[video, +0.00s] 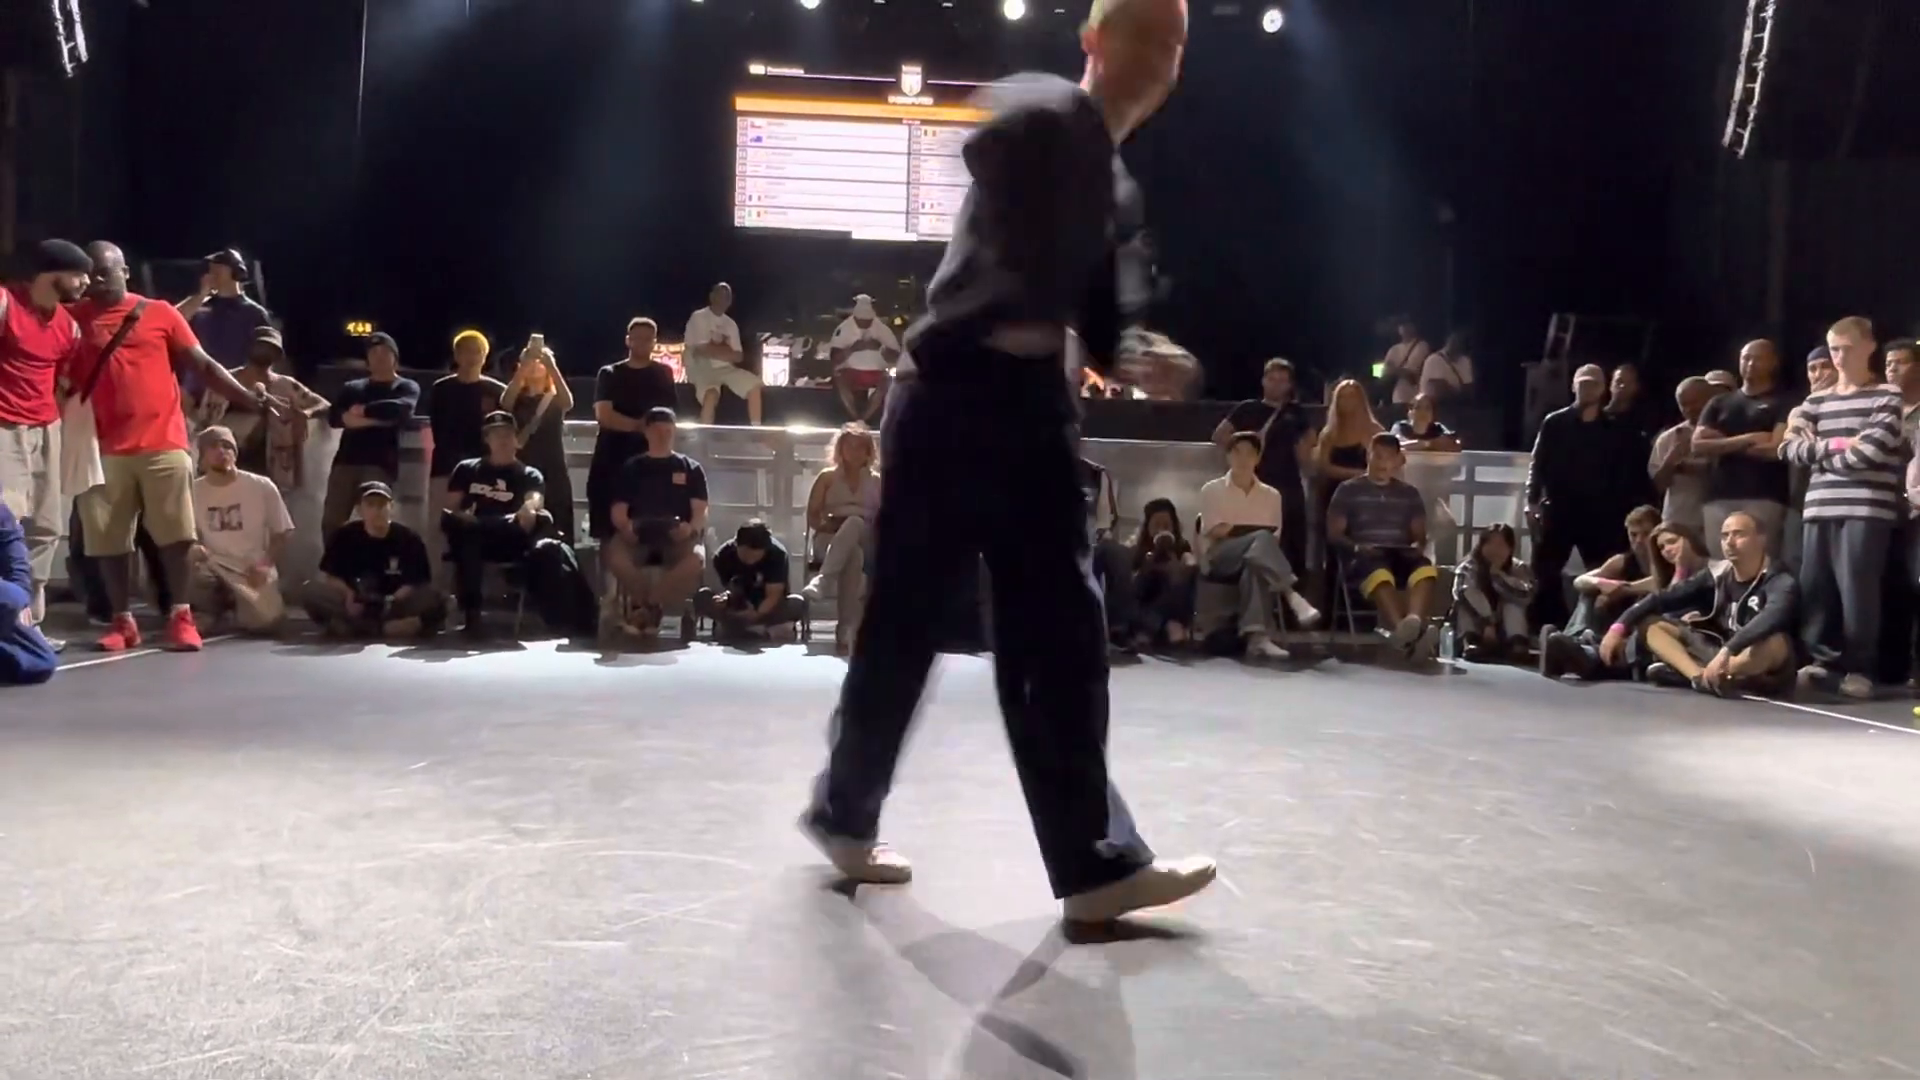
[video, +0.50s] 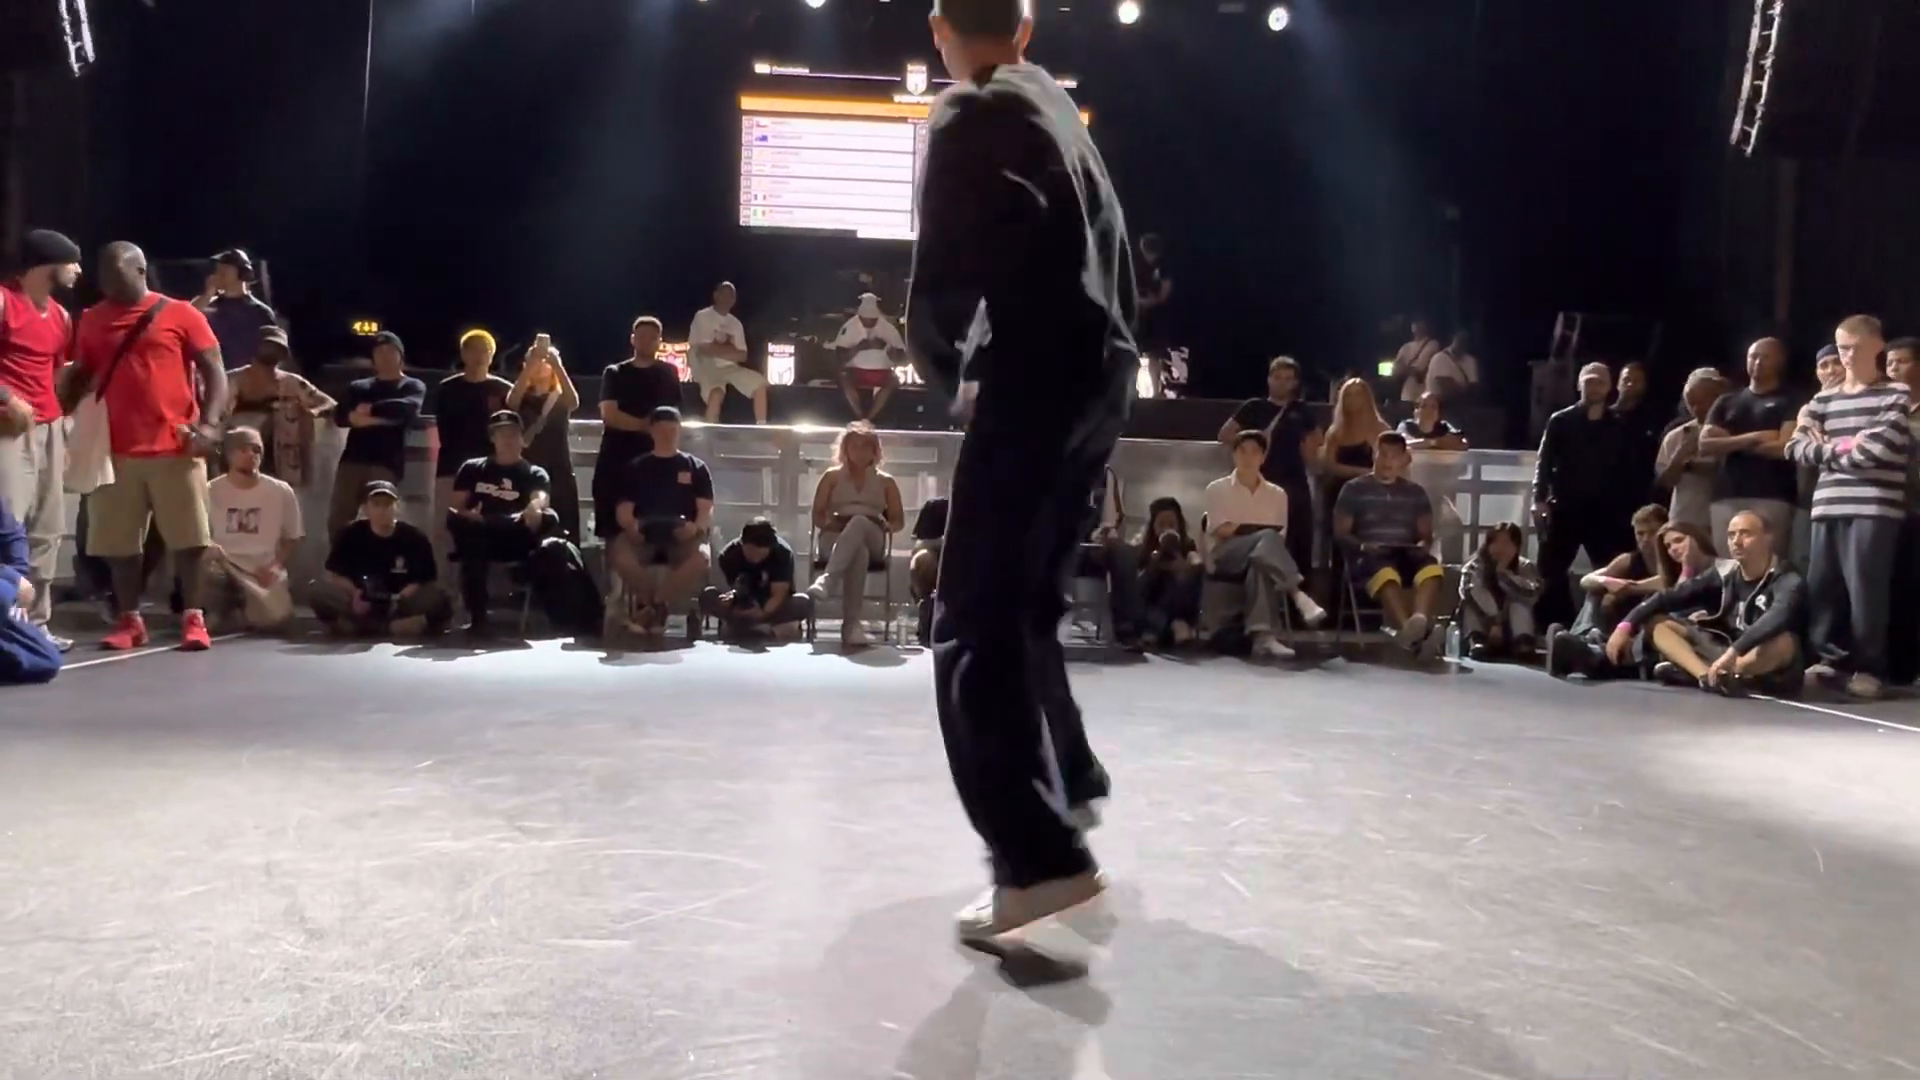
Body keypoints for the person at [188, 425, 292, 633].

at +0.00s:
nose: (222, 451)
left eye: (227, 446)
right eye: (214, 446)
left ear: (235, 453)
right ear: (202, 456)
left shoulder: (263, 487)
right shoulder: (191, 491)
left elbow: (281, 535)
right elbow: (186, 532)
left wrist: (266, 565)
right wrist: (194, 548)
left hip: (252, 569)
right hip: (212, 564)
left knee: (266, 619)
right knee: (191, 557)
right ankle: (206, 613)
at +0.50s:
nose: (251, 456)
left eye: (256, 450)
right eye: (244, 450)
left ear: (262, 455)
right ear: (229, 454)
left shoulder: (281, 491)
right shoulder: (211, 491)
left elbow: (291, 537)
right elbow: (201, 533)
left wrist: (275, 567)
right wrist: (211, 549)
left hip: (264, 569)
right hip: (225, 565)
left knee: (276, 617)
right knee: (209, 557)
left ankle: (237, 613)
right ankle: (211, 617)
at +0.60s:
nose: (254, 455)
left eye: (259, 450)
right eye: (247, 450)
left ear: (265, 455)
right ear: (233, 454)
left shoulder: (285, 492)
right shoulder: (213, 491)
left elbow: (294, 538)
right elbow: (203, 532)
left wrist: (278, 567)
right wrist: (213, 546)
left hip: (267, 569)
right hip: (228, 563)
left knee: (278, 617)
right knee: (211, 555)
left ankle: (243, 609)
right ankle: (215, 616)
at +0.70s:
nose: (255, 455)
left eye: (261, 450)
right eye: (248, 449)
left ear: (266, 455)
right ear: (234, 455)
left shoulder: (287, 491)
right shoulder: (217, 490)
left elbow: (296, 537)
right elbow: (207, 530)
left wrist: (279, 567)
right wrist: (218, 549)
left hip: (268, 567)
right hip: (230, 562)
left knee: (278, 617)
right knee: (214, 570)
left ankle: (248, 608)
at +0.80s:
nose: (259, 456)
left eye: (263, 450)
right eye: (252, 450)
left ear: (268, 455)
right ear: (237, 455)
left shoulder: (290, 491)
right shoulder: (219, 490)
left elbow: (301, 536)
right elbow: (209, 532)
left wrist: (280, 567)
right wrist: (220, 552)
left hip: (270, 570)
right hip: (231, 566)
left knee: (279, 617)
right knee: (217, 555)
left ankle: (250, 607)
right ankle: (215, 615)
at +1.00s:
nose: (259, 454)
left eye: (265, 449)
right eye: (252, 449)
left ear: (270, 454)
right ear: (238, 454)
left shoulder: (292, 488)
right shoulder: (224, 487)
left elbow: (306, 535)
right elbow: (212, 527)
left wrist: (281, 565)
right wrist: (222, 550)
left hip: (272, 568)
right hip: (234, 563)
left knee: (280, 616)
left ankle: (253, 605)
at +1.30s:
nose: (264, 451)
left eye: (270, 445)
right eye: (255, 445)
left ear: (275, 449)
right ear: (242, 448)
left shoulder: (297, 485)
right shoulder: (228, 482)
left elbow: (311, 530)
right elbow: (217, 523)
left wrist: (286, 561)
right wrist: (225, 545)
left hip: (275, 565)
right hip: (238, 560)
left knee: (288, 610)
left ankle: (249, 606)